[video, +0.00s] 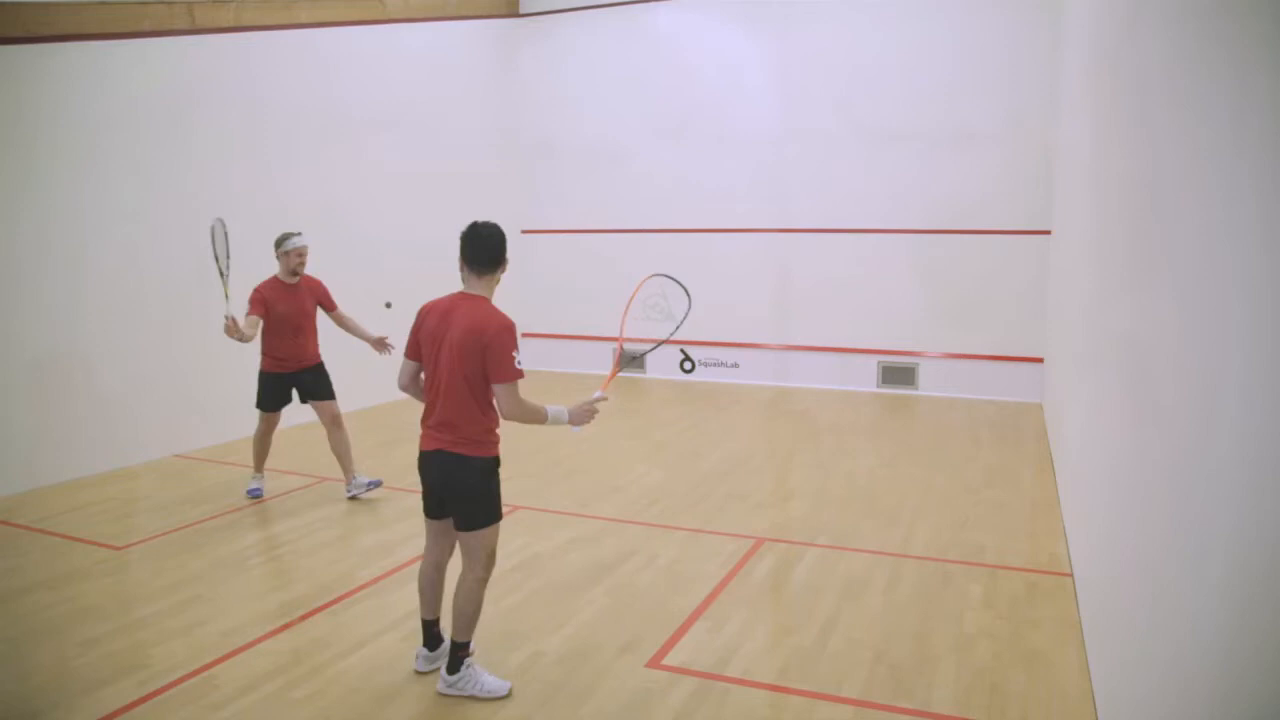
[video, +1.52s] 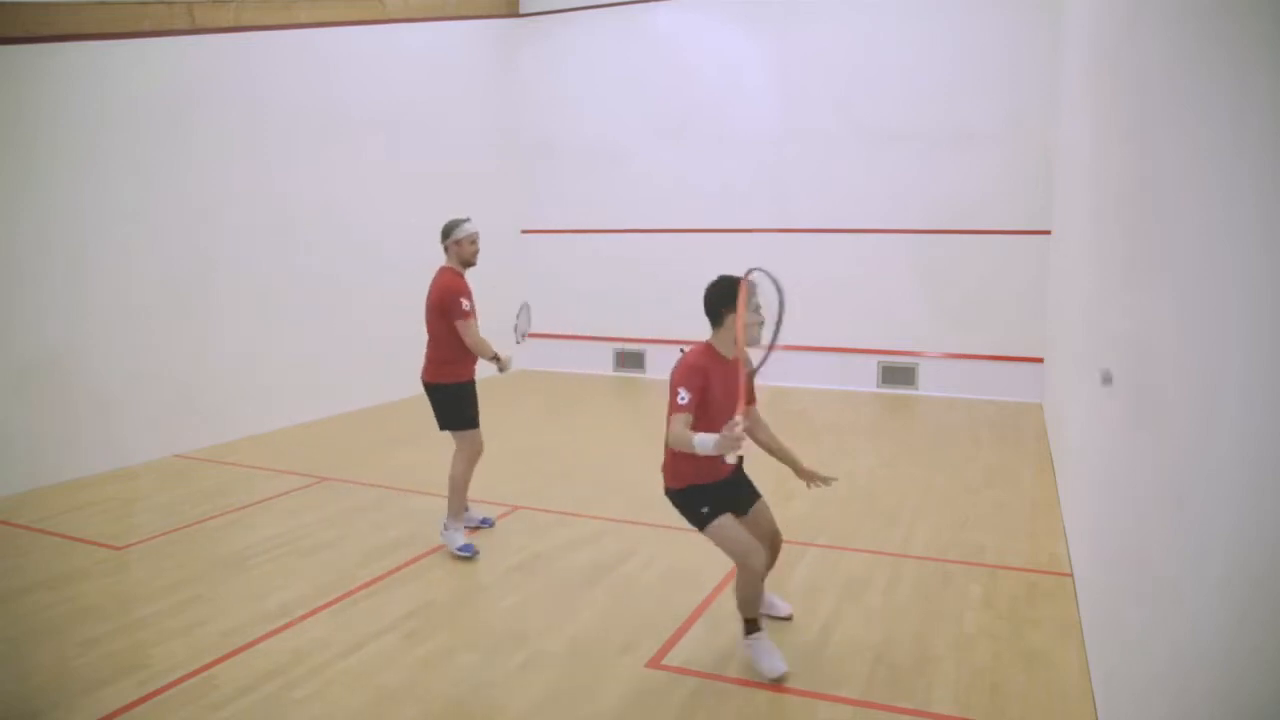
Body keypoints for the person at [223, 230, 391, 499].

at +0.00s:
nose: (302, 260)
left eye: (304, 254)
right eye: (296, 255)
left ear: (307, 256)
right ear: (280, 256)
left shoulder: (314, 286)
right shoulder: (263, 292)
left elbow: (340, 318)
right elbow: (250, 332)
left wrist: (370, 338)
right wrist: (239, 333)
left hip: (310, 367)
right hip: (275, 371)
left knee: (334, 418)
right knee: (267, 424)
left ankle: (352, 480)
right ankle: (257, 477)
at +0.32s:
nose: (352, 257)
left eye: (353, 252)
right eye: (346, 253)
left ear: (348, 255)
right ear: (329, 256)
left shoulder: (342, 285)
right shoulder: (323, 297)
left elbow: (342, 327)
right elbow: (356, 336)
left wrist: (357, 351)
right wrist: (393, 362)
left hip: (349, 367)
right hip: (323, 373)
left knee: (364, 421)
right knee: (325, 433)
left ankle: (359, 484)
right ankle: (288, 463)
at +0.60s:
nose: (392, 251)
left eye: (390, 245)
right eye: (388, 246)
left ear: (362, 252)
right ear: (376, 251)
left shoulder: (341, 284)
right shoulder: (388, 289)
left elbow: (330, 322)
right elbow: (400, 312)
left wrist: (335, 355)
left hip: (352, 367)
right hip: (374, 370)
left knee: (371, 428)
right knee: (396, 429)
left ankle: (359, 487)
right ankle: (365, 488)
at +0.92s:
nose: (427, 248)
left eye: (425, 243)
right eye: (423, 244)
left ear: (397, 252)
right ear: (411, 250)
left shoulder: (376, 286)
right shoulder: (430, 288)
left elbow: (360, 330)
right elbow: (436, 312)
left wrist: (351, 368)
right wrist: (409, 285)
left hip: (385, 374)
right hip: (412, 377)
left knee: (413, 429)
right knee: (428, 439)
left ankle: (384, 480)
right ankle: (401, 506)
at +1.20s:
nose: (455, 244)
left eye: (453, 238)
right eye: (449, 239)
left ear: (428, 247)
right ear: (433, 245)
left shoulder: (406, 282)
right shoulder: (453, 284)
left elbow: (390, 328)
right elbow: (472, 327)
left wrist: (387, 366)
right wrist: (474, 315)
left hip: (417, 373)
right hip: (440, 376)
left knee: (453, 435)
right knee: (438, 440)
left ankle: (457, 508)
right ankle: (404, 500)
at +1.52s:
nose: (477, 247)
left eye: (477, 241)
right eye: (471, 243)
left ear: (463, 246)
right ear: (453, 247)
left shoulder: (452, 280)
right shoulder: (451, 285)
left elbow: (469, 331)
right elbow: (470, 337)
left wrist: (492, 355)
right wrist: (497, 359)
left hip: (454, 378)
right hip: (449, 380)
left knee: (471, 446)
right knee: (469, 447)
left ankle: (459, 512)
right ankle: (453, 525)